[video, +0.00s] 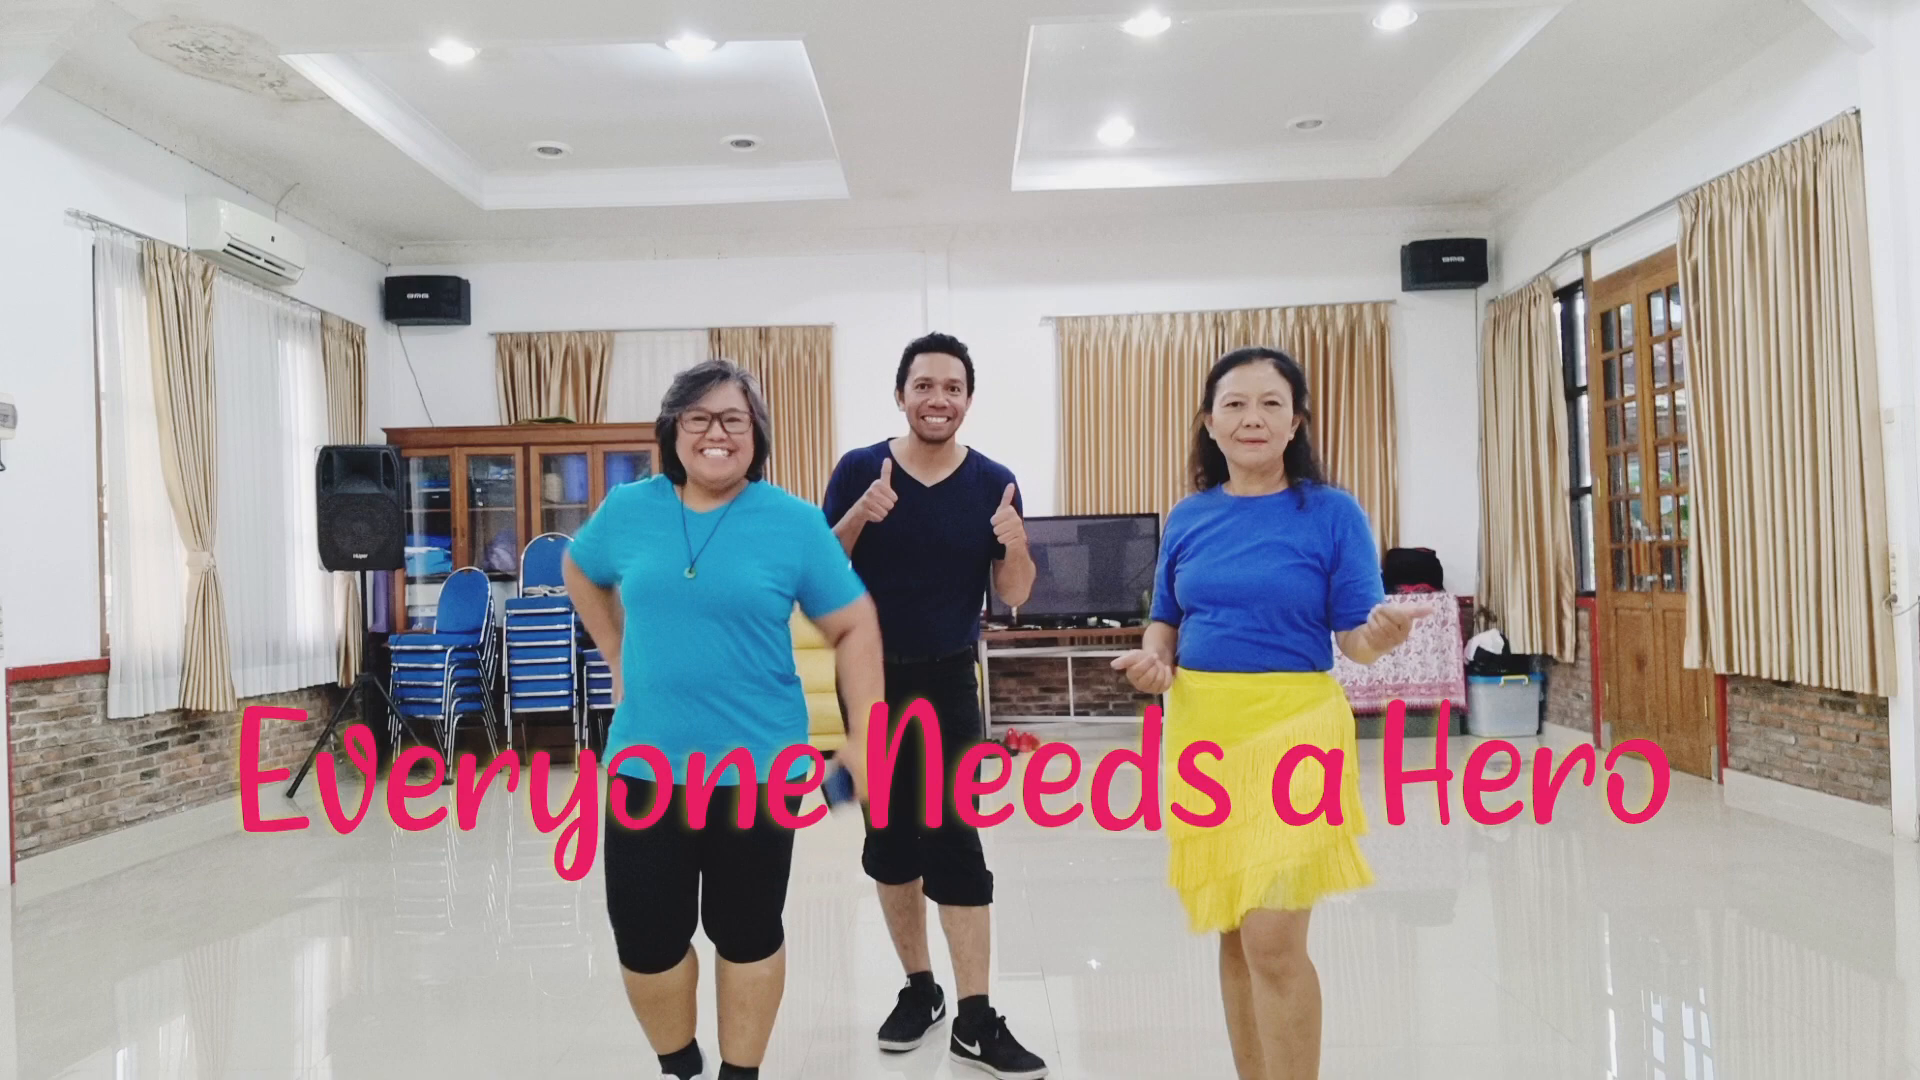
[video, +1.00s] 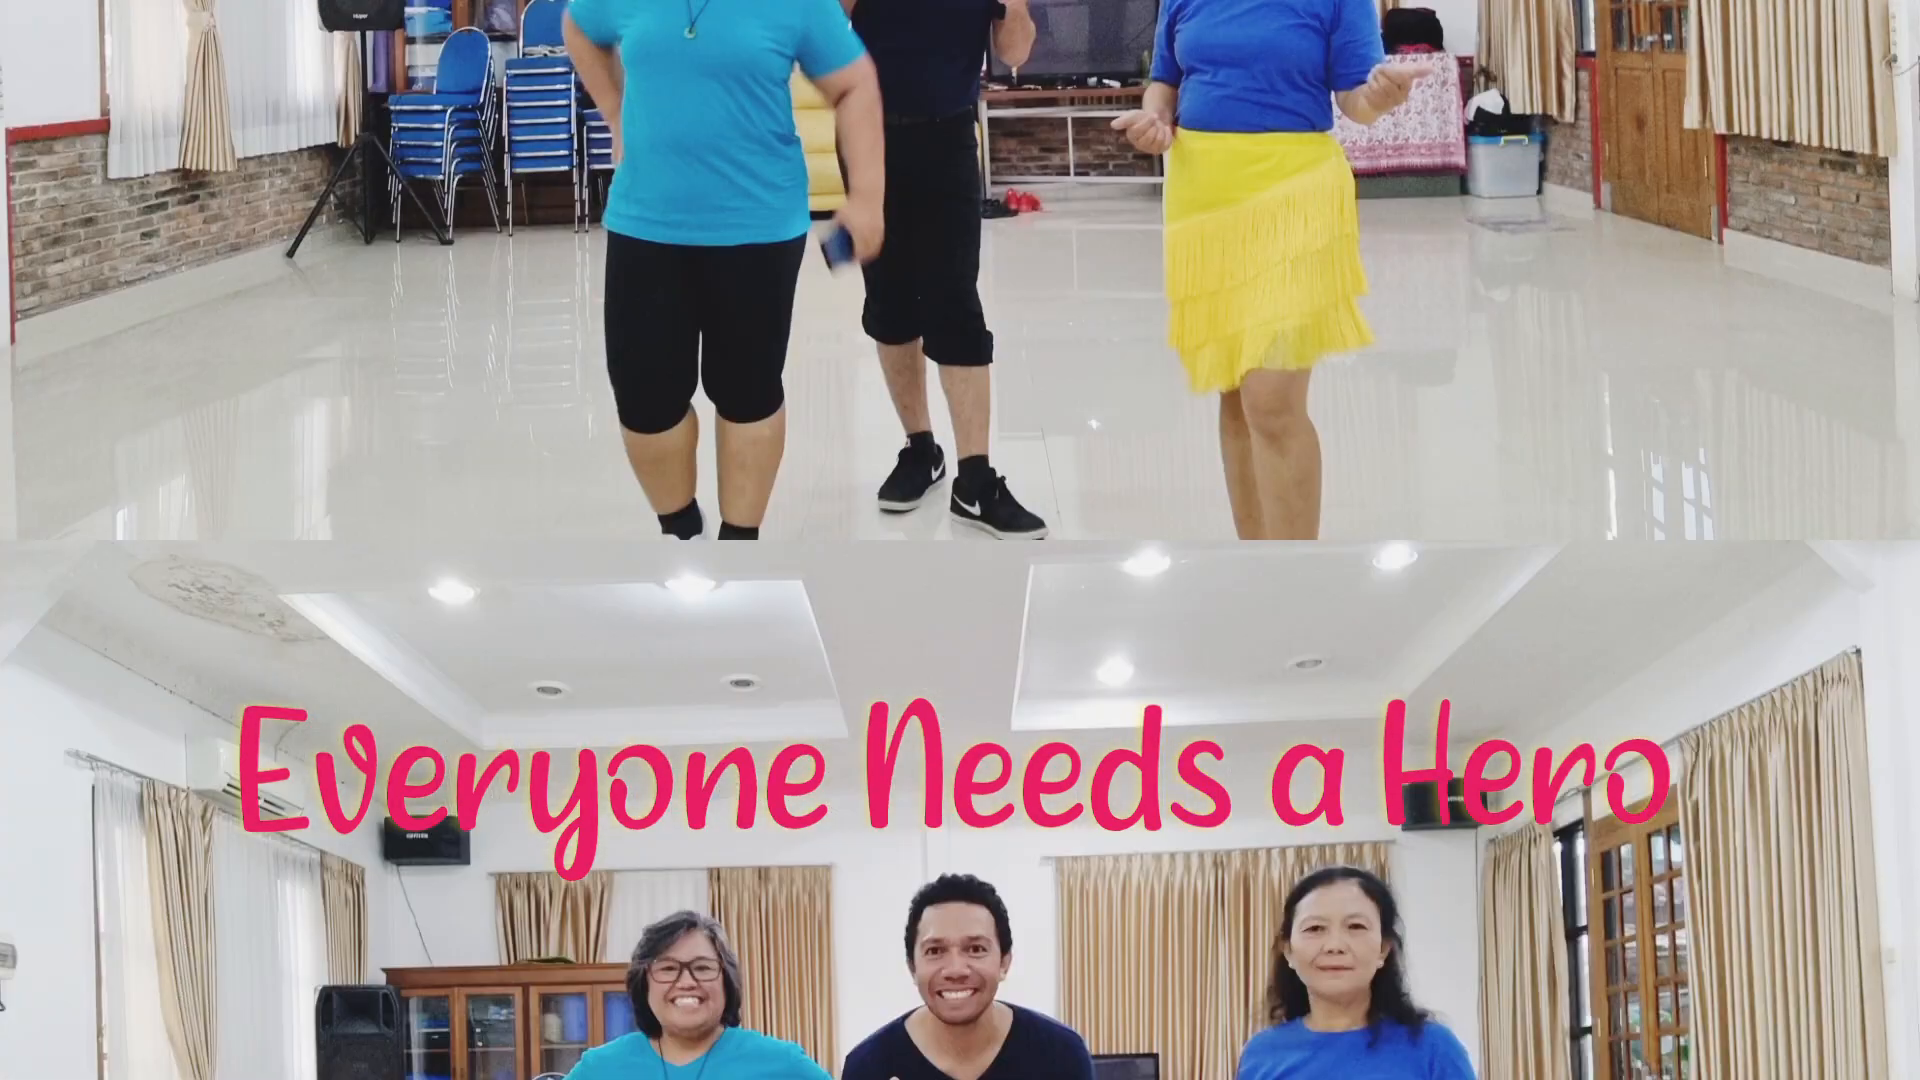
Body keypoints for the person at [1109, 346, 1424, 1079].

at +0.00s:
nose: (1252, 418)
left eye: (1270, 404)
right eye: (1234, 404)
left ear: (1295, 421)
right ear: (1210, 421)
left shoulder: (1333, 512)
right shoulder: (1186, 517)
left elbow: (1356, 643)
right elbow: (1163, 628)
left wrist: (1380, 635)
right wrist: (1151, 660)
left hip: (1297, 723)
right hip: (1204, 724)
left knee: (1272, 941)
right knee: (1237, 941)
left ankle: (1296, 1077)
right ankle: (1254, 1078)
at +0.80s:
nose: (1252, 302)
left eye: (1270, 287)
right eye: (1234, 288)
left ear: (1295, 304)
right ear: (1210, 305)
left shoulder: (1333, 396)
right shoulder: (1186, 401)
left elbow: (1356, 526)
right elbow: (1163, 508)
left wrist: (1380, 516)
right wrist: (1150, 542)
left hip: (1295, 607)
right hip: (1202, 608)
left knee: (1272, 817)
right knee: (1233, 818)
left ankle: (1296, 1004)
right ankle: (1259, 997)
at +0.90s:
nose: (1252, 141)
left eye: (1270, 127)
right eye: (1235, 128)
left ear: (1296, 143)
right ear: (1210, 145)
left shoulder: (1333, 236)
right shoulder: (1186, 241)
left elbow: (1357, 367)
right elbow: (1163, 346)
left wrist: (1381, 357)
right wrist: (1152, 381)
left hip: (1295, 446)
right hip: (1202, 449)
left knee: (1271, 663)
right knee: (1236, 663)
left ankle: (1304, 836)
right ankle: (1255, 830)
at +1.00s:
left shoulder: (1339, 1)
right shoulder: (1183, 3)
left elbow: (1355, 100)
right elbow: (1164, 78)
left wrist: (1384, 93)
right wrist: (1154, 117)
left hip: (1294, 179)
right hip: (1204, 182)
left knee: (1271, 400)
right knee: (1237, 400)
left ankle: (1295, 587)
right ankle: (1257, 577)